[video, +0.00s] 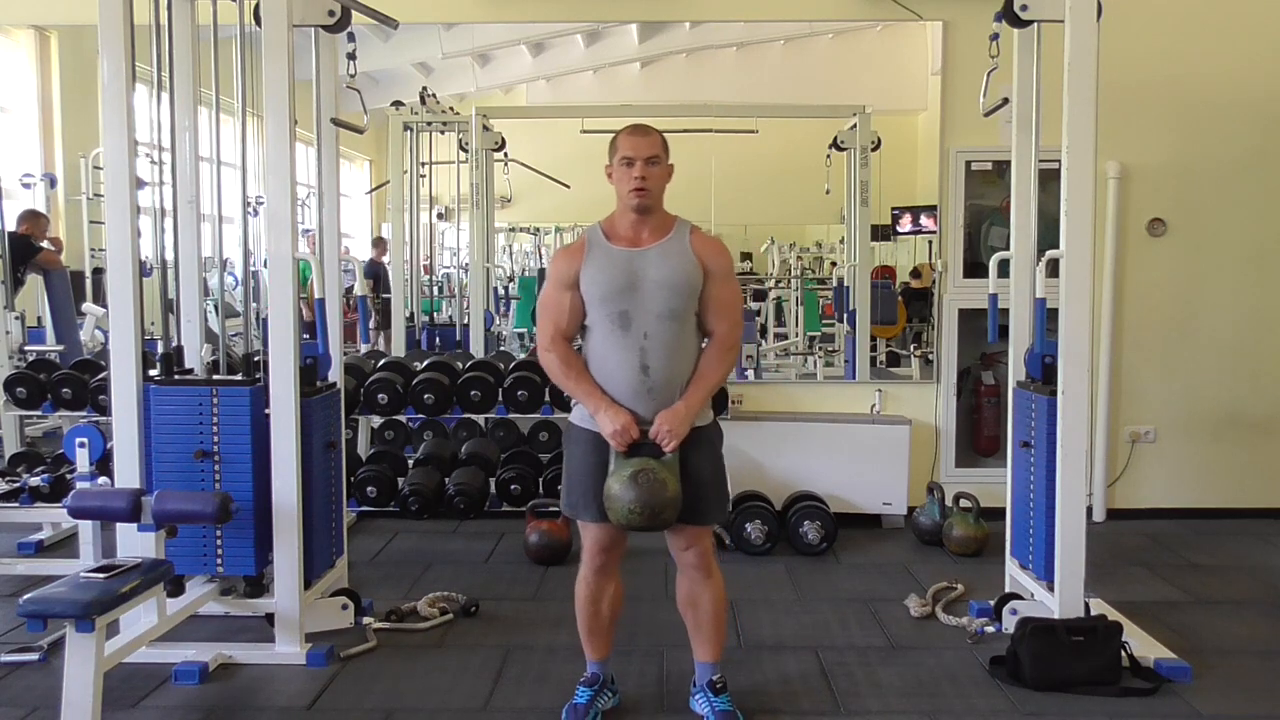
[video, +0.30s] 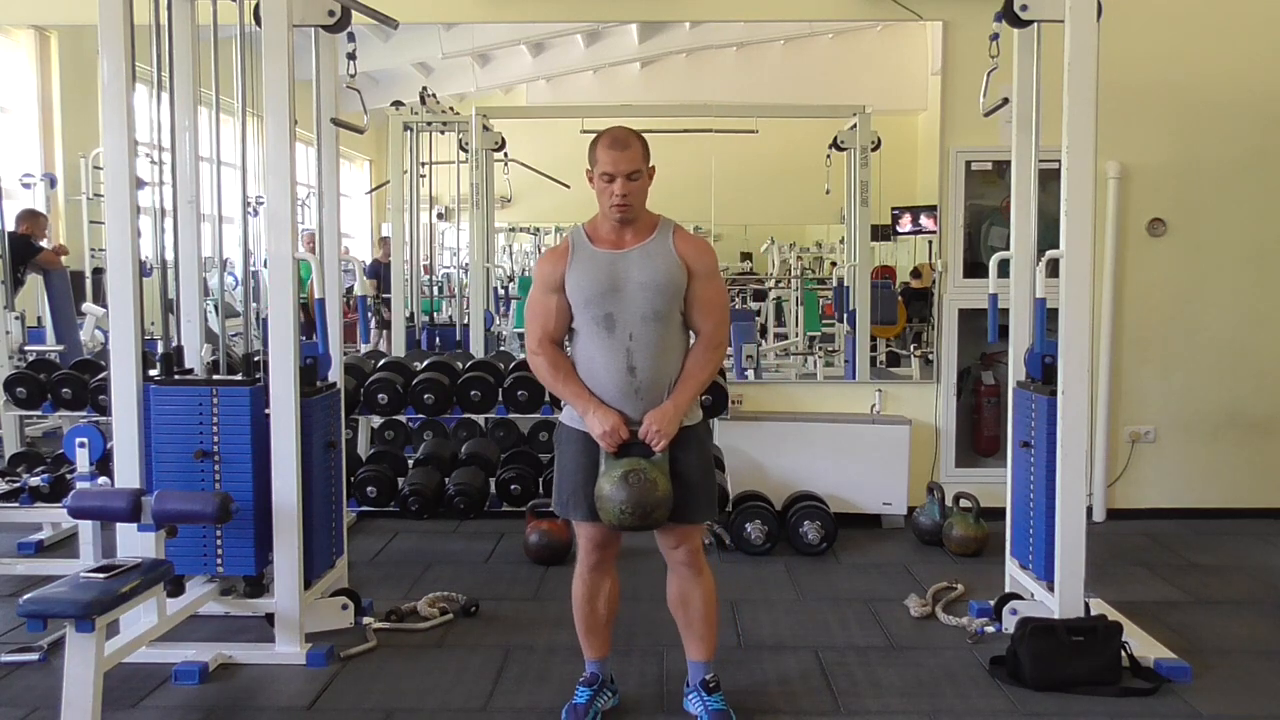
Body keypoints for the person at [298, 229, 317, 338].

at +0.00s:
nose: (315, 245)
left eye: (316, 242)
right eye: (312, 242)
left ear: (320, 242)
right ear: (307, 244)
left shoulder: (326, 261)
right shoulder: (304, 263)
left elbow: (337, 285)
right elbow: (300, 288)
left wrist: (341, 303)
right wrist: (305, 308)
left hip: (325, 306)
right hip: (311, 307)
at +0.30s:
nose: (312, 245)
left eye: (314, 242)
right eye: (308, 243)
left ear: (317, 242)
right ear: (303, 244)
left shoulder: (321, 260)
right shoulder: (299, 261)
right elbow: (296, 282)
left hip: (319, 297)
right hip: (304, 298)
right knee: (307, 327)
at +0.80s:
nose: (311, 247)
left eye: (313, 244)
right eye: (308, 244)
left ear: (316, 243)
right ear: (303, 244)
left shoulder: (320, 262)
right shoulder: (297, 263)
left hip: (314, 304)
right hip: (301, 304)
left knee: (308, 338)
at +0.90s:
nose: (312, 247)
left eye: (314, 244)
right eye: (309, 244)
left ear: (318, 244)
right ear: (304, 244)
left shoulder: (322, 262)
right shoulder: (299, 262)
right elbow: (296, 283)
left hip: (317, 303)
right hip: (302, 304)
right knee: (306, 337)